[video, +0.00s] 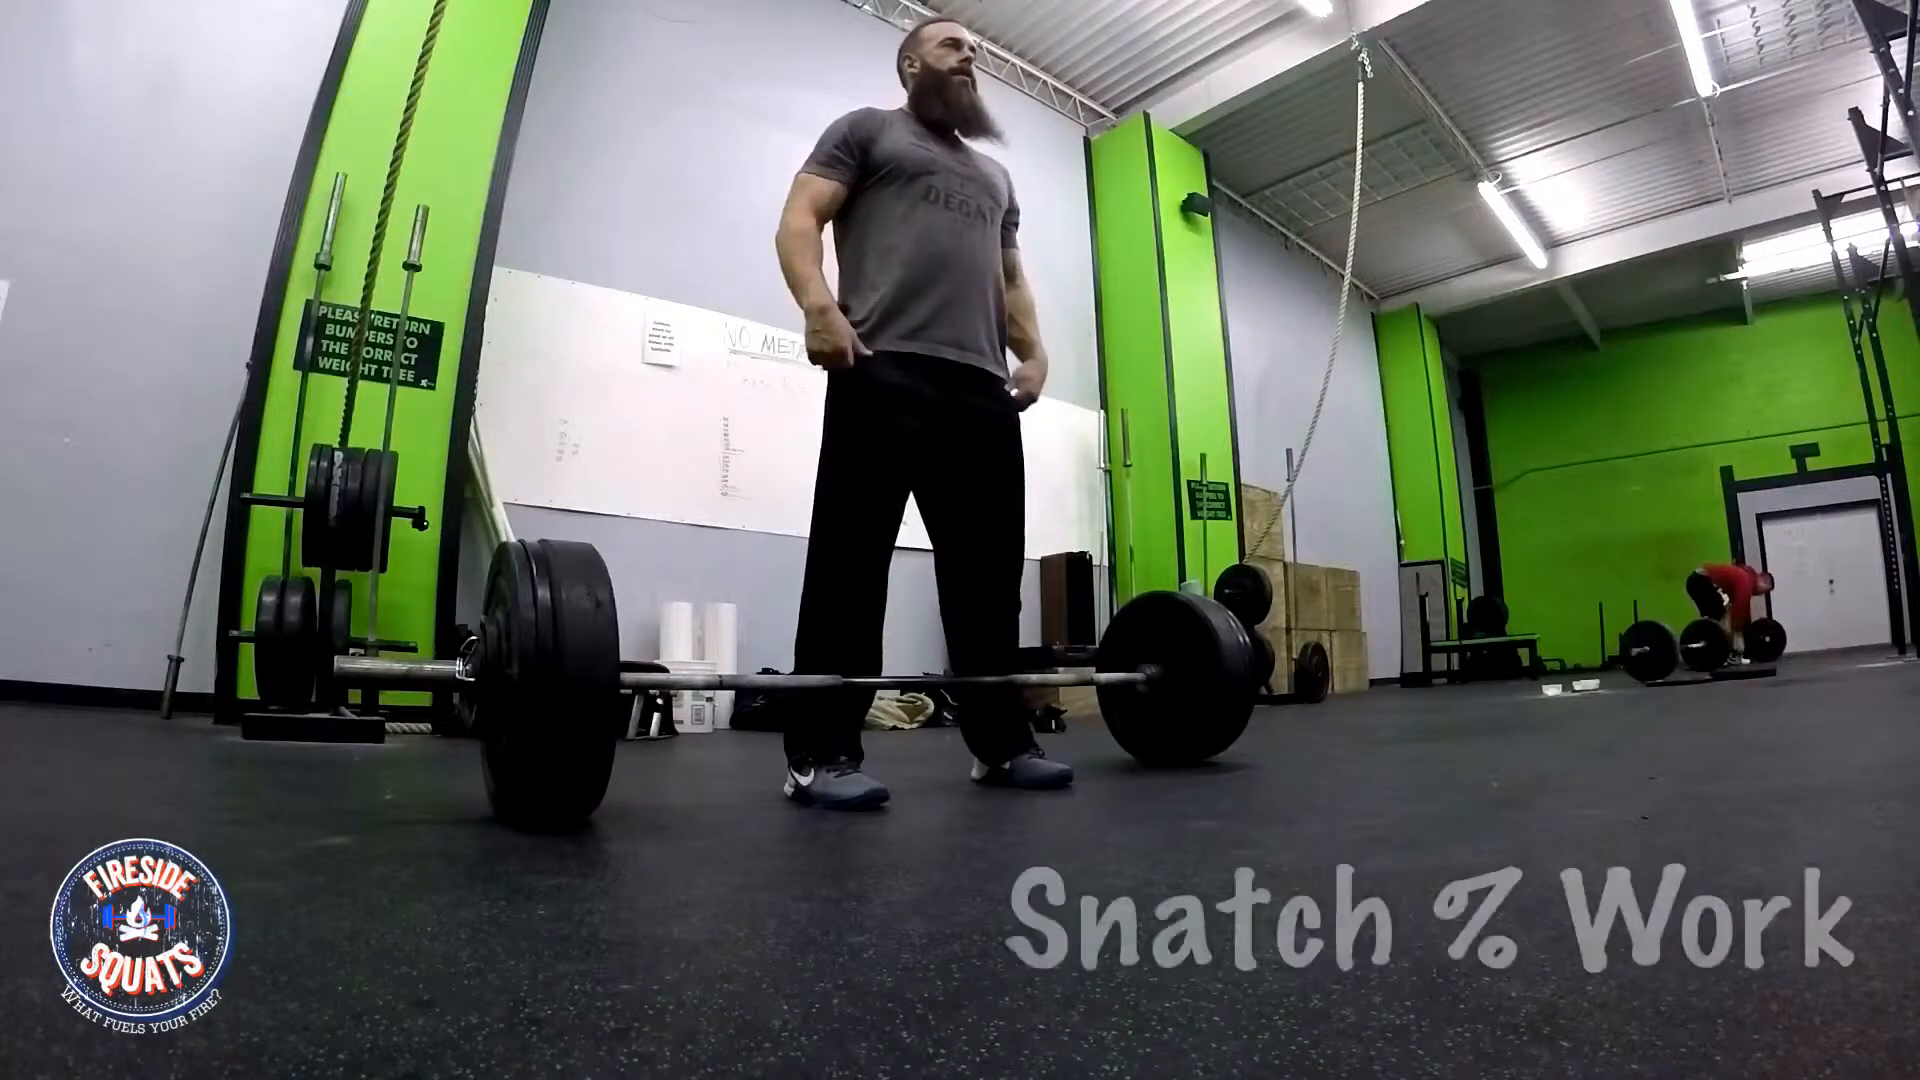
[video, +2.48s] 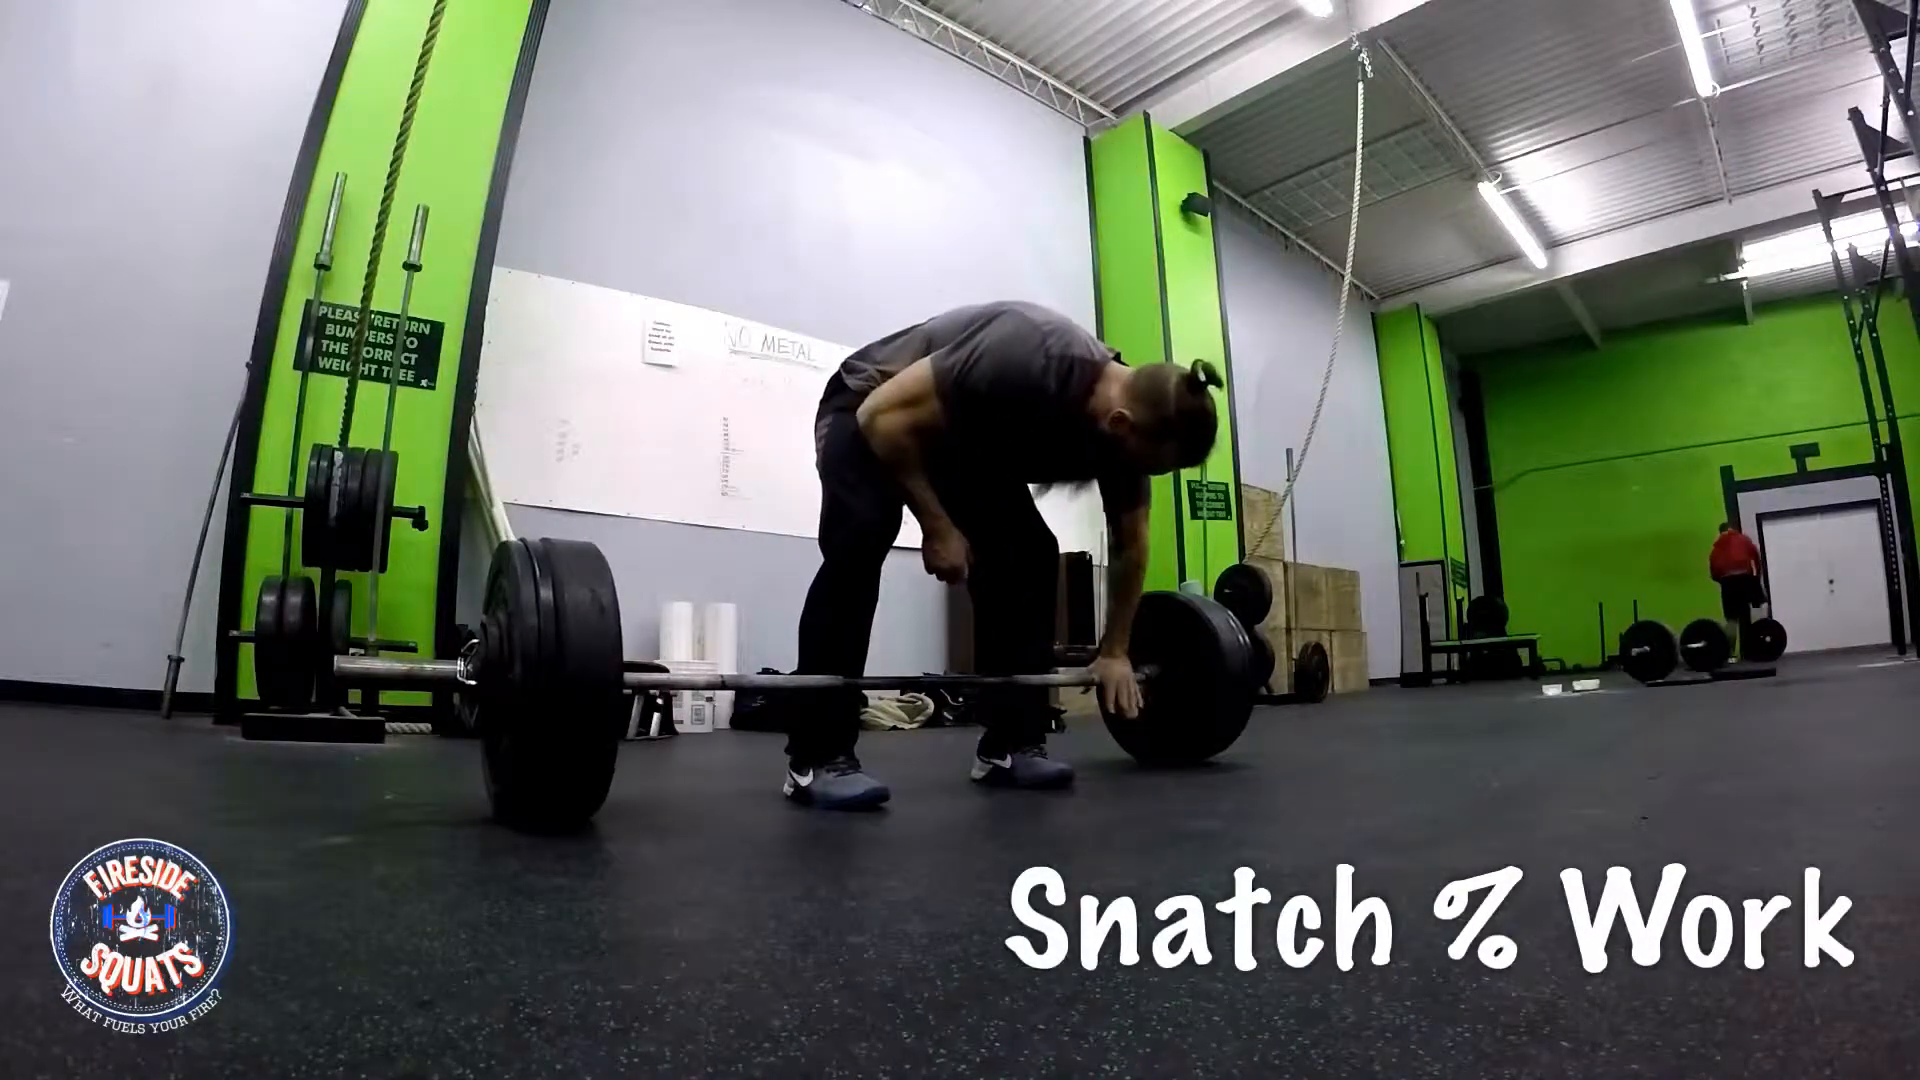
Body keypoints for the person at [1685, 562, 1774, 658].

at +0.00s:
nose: (1762, 593)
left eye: (1765, 592)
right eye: (1765, 590)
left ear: (1761, 579)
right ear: (1762, 581)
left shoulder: (1747, 579)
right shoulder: (1745, 580)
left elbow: (1744, 611)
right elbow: (1738, 611)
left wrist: (1747, 634)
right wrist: (1738, 634)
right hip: (1700, 580)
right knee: (1716, 613)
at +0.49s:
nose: (1760, 565)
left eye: (1763, 563)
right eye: (1761, 561)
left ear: (1755, 553)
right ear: (1756, 553)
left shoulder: (1741, 558)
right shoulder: (1742, 559)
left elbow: (1737, 588)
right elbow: (1737, 587)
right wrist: (1736, 613)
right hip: (1701, 578)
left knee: (1714, 616)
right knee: (1720, 616)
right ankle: (1722, 655)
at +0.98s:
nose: (1728, 524)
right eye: (1728, 521)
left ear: (1714, 521)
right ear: (1728, 521)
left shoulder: (1706, 535)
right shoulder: (1732, 536)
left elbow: (1699, 559)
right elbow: (1738, 562)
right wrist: (1741, 585)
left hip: (1700, 573)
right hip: (1717, 573)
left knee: (1710, 614)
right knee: (1726, 611)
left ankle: (1711, 650)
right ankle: (1726, 650)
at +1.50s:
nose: (1721, 522)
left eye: (1719, 519)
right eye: (1723, 518)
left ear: (1713, 519)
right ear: (1726, 518)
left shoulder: (1708, 538)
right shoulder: (1737, 537)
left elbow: (1703, 559)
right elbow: (1748, 559)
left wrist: (1708, 572)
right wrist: (1749, 578)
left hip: (1716, 579)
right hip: (1736, 579)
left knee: (1717, 617)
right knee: (1744, 617)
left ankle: (1717, 654)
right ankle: (1745, 652)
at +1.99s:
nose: (1732, 526)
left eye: (1730, 523)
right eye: (1734, 522)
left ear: (1721, 524)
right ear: (1735, 522)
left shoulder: (1715, 543)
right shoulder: (1744, 539)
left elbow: (1709, 567)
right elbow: (1755, 560)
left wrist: (1722, 575)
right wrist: (1747, 572)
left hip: (1726, 581)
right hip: (1743, 580)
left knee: (1729, 621)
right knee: (1745, 617)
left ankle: (1729, 656)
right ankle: (1746, 654)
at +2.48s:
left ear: (1720, 532)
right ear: (1734, 529)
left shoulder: (1718, 545)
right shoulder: (1743, 539)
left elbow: (1713, 570)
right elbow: (1756, 556)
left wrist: (1721, 579)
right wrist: (1758, 574)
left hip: (1728, 581)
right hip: (1745, 578)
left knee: (1731, 618)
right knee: (1745, 617)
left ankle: (1730, 654)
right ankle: (1747, 652)